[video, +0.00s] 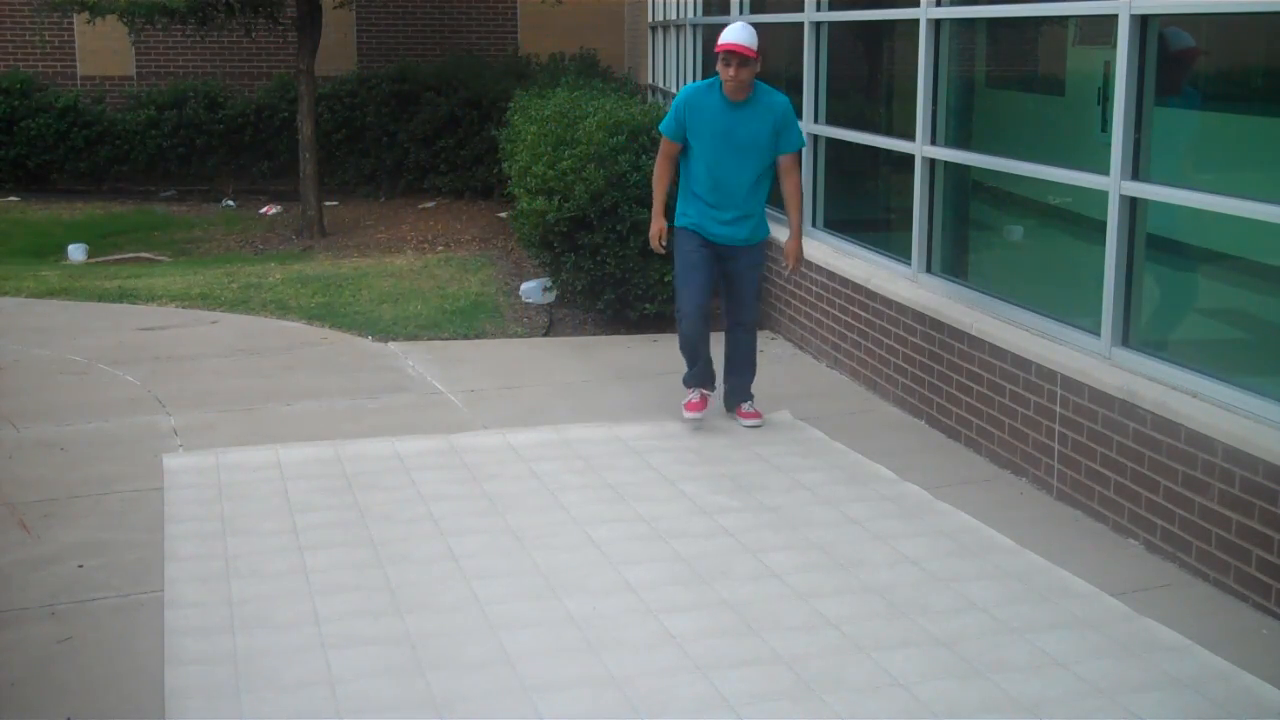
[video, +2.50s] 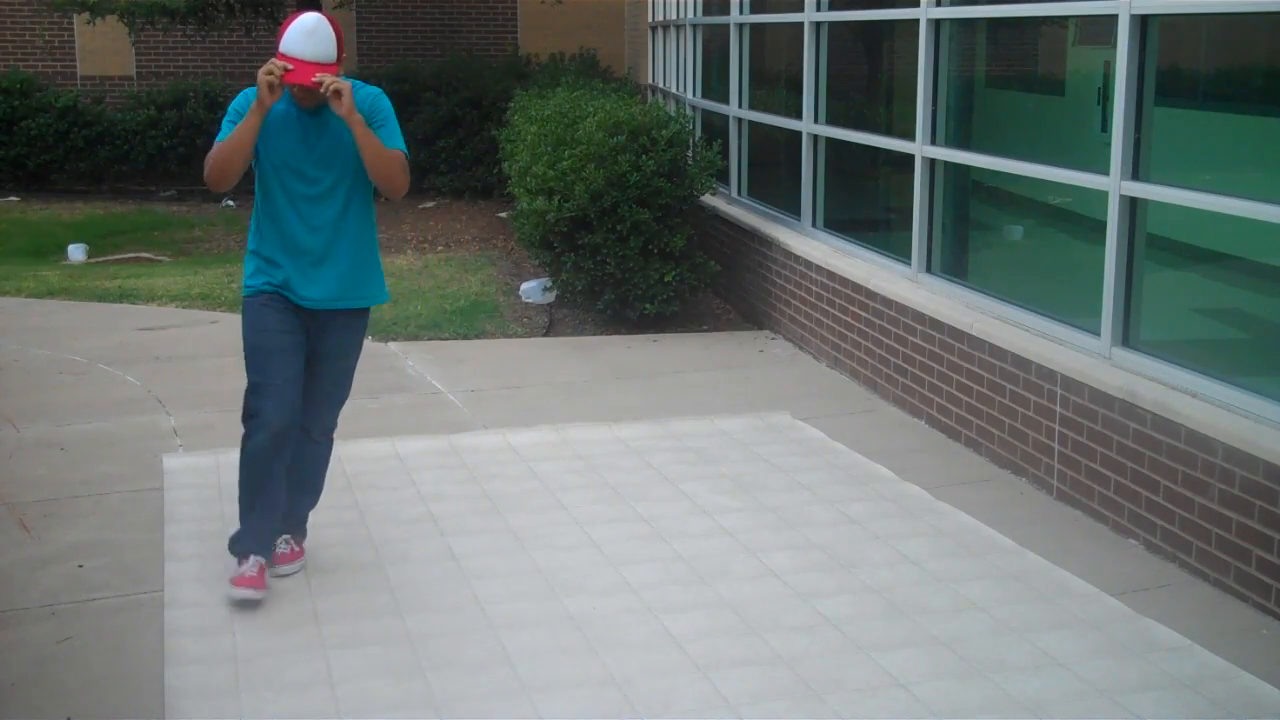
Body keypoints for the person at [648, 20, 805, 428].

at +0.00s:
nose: (732, 72)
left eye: (741, 64)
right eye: (725, 63)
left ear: (756, 65)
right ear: (716, 63)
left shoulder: (778, 108)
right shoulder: (691, 99)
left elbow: (789, 173)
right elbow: (666, 157)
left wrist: (795, 234)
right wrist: (657, 215)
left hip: (747, 231)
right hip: (694, 226)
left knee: (743, 319)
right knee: (690, 314)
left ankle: (739, 397)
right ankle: (699, 386)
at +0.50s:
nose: (625, 69)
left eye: (633, 59)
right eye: (619, 62)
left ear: (656, 58)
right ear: (614, 67)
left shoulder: (690, 100)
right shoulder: (622, 110)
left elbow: (726, 163)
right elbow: (631, 173)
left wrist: (731, 228)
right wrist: (635, 227)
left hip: (696, 240)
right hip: (647, 240)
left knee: (710, 325)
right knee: (649, 332)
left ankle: (746, 385)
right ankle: (651, 421)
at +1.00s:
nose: (525, 70)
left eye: (535, 61)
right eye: (521, 61)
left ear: (562, 62)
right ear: (519, 62)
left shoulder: (588, 106)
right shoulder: (532, 104)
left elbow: (640, 165)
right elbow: (531, 165)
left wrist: (626, 231)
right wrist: (509, 209)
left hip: (584, 245)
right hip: (558, 244)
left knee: (542, 342)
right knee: (600, 338)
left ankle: (507, 442)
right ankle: (645, 418)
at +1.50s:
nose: (385, 62)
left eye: (393, 56)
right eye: (387, 54)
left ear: (420, 64)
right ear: (414, 64)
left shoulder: (463, 114)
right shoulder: (412, 107)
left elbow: (494, 194)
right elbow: (428, 187)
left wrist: (493, 263)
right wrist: (419, 243)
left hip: (458, 269)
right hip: (417, 262)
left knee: (476, 362)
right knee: (390, 358)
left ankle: (497, 448)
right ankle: (350, 455)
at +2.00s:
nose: (311, 82)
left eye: (321, 73)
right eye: (303, 72)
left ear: (347, 65)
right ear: (295, 66)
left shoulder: (384, 107)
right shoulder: (287, 100)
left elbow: (410, 191)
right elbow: (243, 166)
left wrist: (366, 138)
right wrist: (290, 115)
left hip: (361, 273)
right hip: (301, 268)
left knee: (326, 388)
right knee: (316, 384)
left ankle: (300, 508)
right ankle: (341, 475)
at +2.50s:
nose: (303, 83)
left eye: (315, 76)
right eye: (293, 74)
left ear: (336, 71)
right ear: (279, 65)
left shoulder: (368, 103)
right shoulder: (253, 104)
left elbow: (396, 184)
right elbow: (218, 179)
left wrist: (351, 118)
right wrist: (260, 107)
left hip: (344, 288)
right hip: (273, 283)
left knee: (317, 422)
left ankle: (292, 526)